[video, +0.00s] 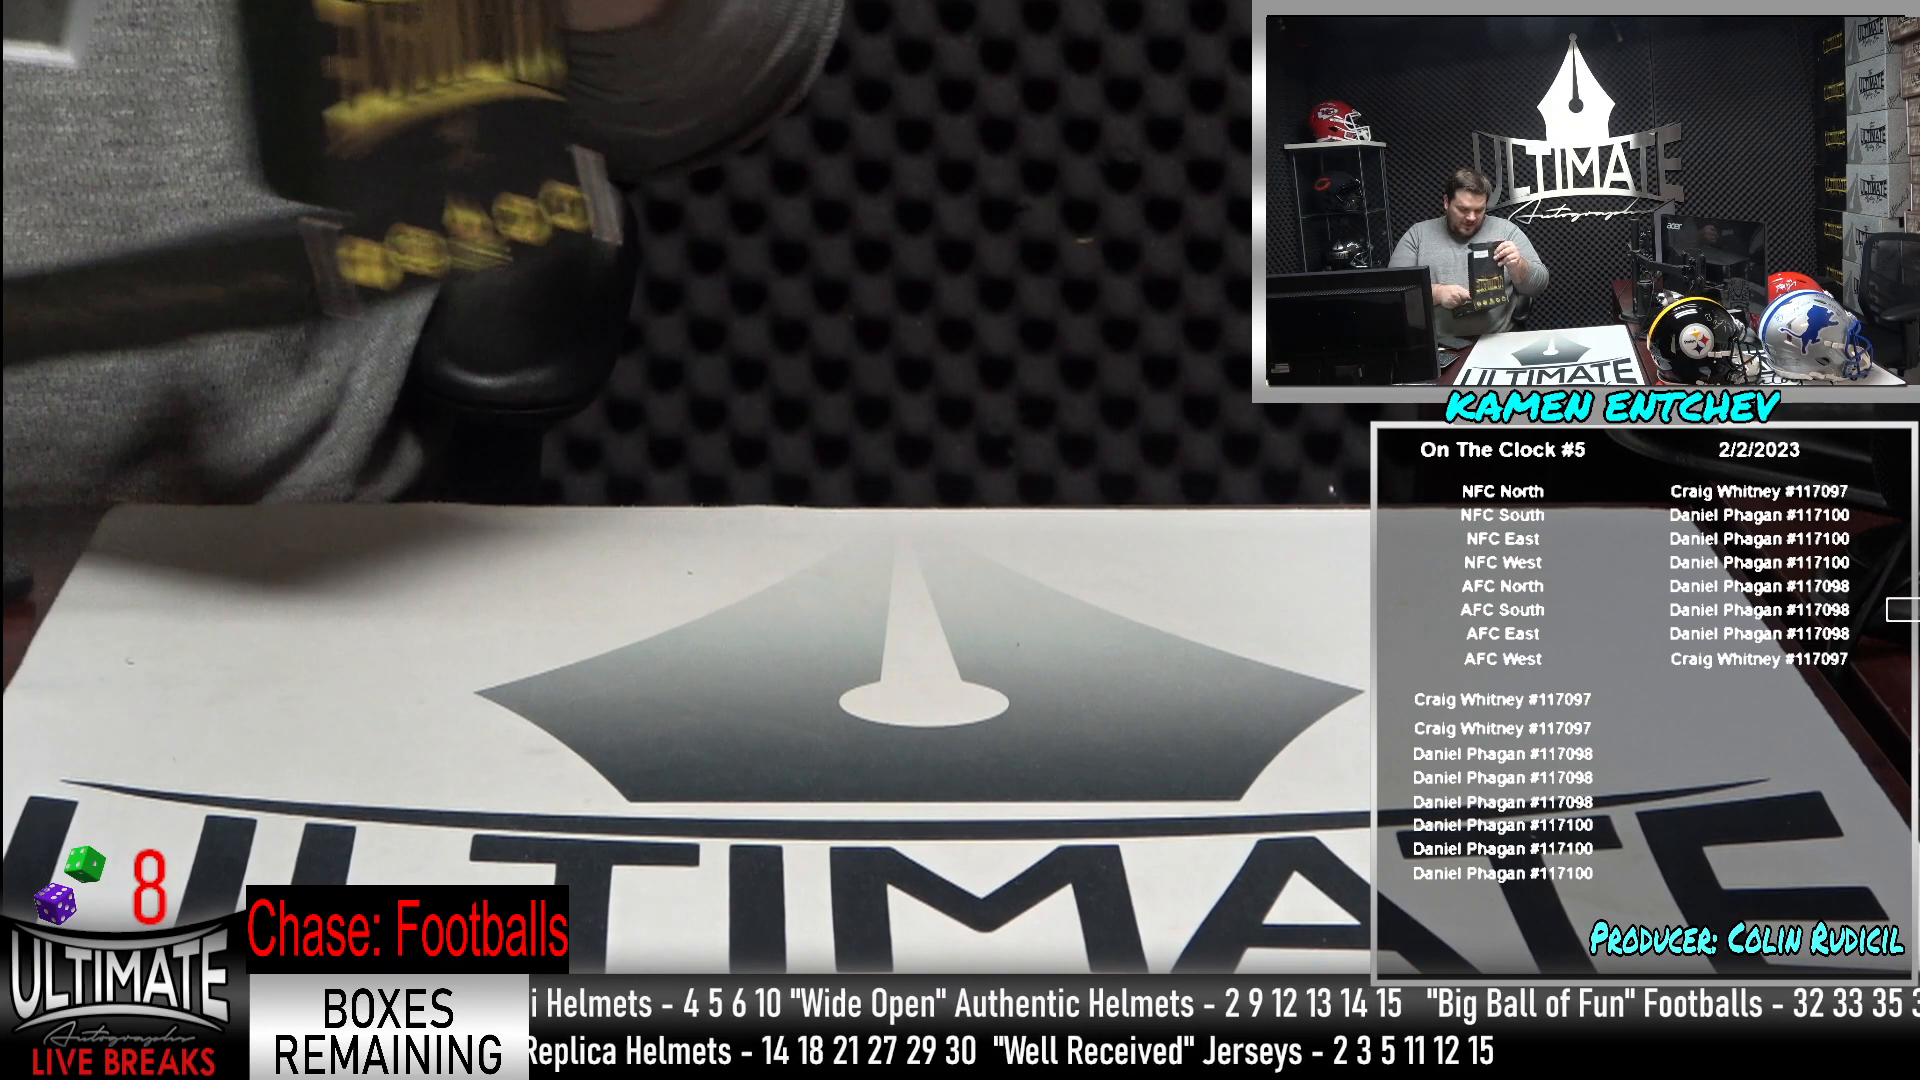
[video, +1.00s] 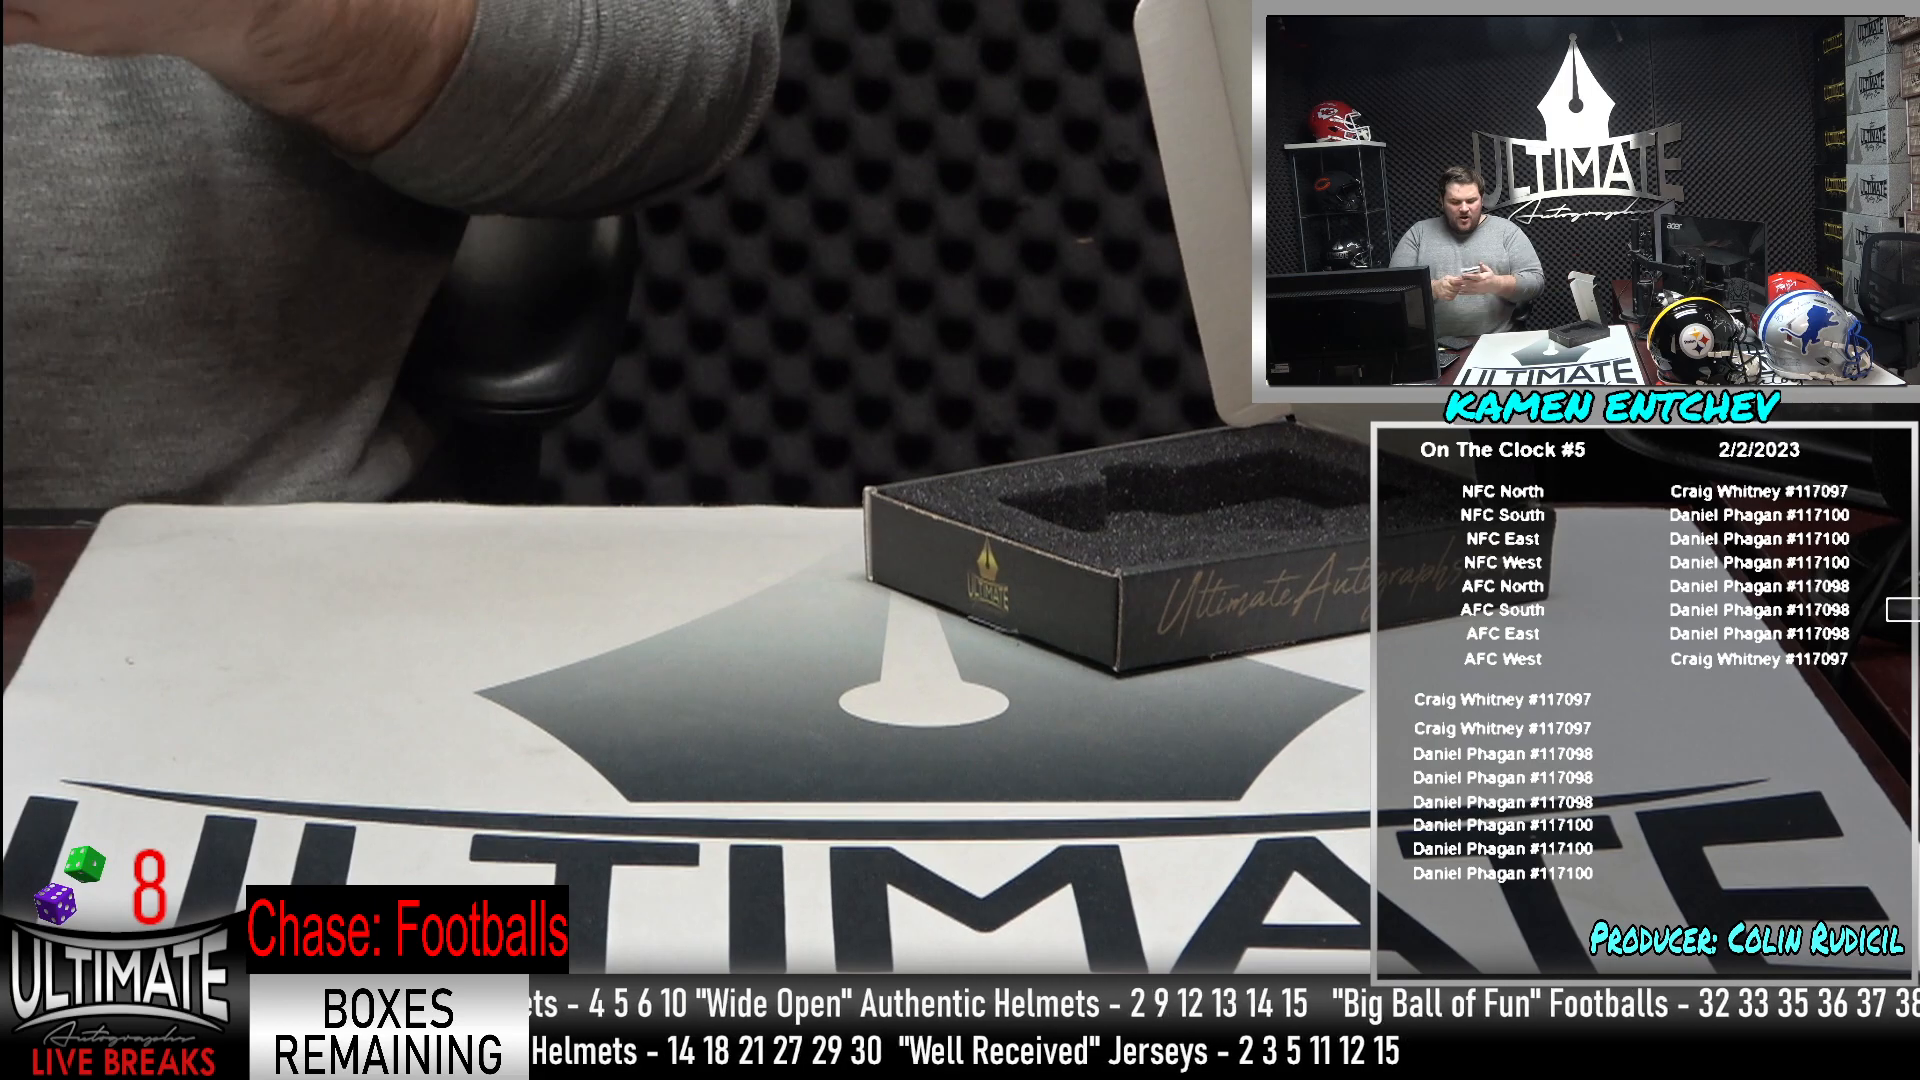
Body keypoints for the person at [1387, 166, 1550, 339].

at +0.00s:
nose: (1471, 218)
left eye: (1478, 211)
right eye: (1463, 210)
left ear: (1485, 205)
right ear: (1446, 203)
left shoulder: (1506, 231)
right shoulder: (1418, 235)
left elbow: (1538, 285)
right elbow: (1394, 287)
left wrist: (1517, 266)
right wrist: (1435, 292)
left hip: (1497, 346)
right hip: (1436, 350)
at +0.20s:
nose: (1459, 213)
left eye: (1467, 206)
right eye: (1452, 205)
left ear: (1479, 204)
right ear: (1441, 202)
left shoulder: (1507, 234)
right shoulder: (1417, 236)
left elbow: (1527, 276)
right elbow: (1392, 288)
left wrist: (1548, 272)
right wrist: (1424, 293)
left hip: (1494, 347)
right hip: (1433, 351)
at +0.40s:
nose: (1456, 211)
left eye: (1463, 203)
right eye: (1448, 204)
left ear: (1477, 201)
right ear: (1437, 203)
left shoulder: (1507, 233)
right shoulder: (1416, 237)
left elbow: (1532, 276)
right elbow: (1390, 289)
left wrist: (1564, 277)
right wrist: (1421, 291)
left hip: (1496, 348)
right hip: (1433, 351)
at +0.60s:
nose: (1456, 210)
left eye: (1463, 201)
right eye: (1448, 203)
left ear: (1476, 200)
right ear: (1437, 202)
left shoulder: (1507, 233)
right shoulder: (1416, 237)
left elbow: (1530, 276)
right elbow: (1390, 289)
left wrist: (1553, 276)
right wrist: (1421, 291)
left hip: (1497, 348)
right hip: (1435, 351)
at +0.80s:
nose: (1461, 209)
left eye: (1468, 200)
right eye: (1452, 202)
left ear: (1480, 199)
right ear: (1441, 203)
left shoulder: (1508, 233)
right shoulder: (1418, 235)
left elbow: (1542, 277)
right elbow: (1392, 287)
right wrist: (1428, 289)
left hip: (1496, 346)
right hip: (1434, 351)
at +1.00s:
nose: (1464, 209)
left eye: (1471, 201)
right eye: (1455, 202)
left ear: (1481, 199)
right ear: (1442, 202)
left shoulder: (1507, 232)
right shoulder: (1419, 234)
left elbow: (1536, 281)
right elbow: (1394, 288)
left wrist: (1496, 284)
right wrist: (1431, 289)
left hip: (1497, 345)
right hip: (1436, 349)